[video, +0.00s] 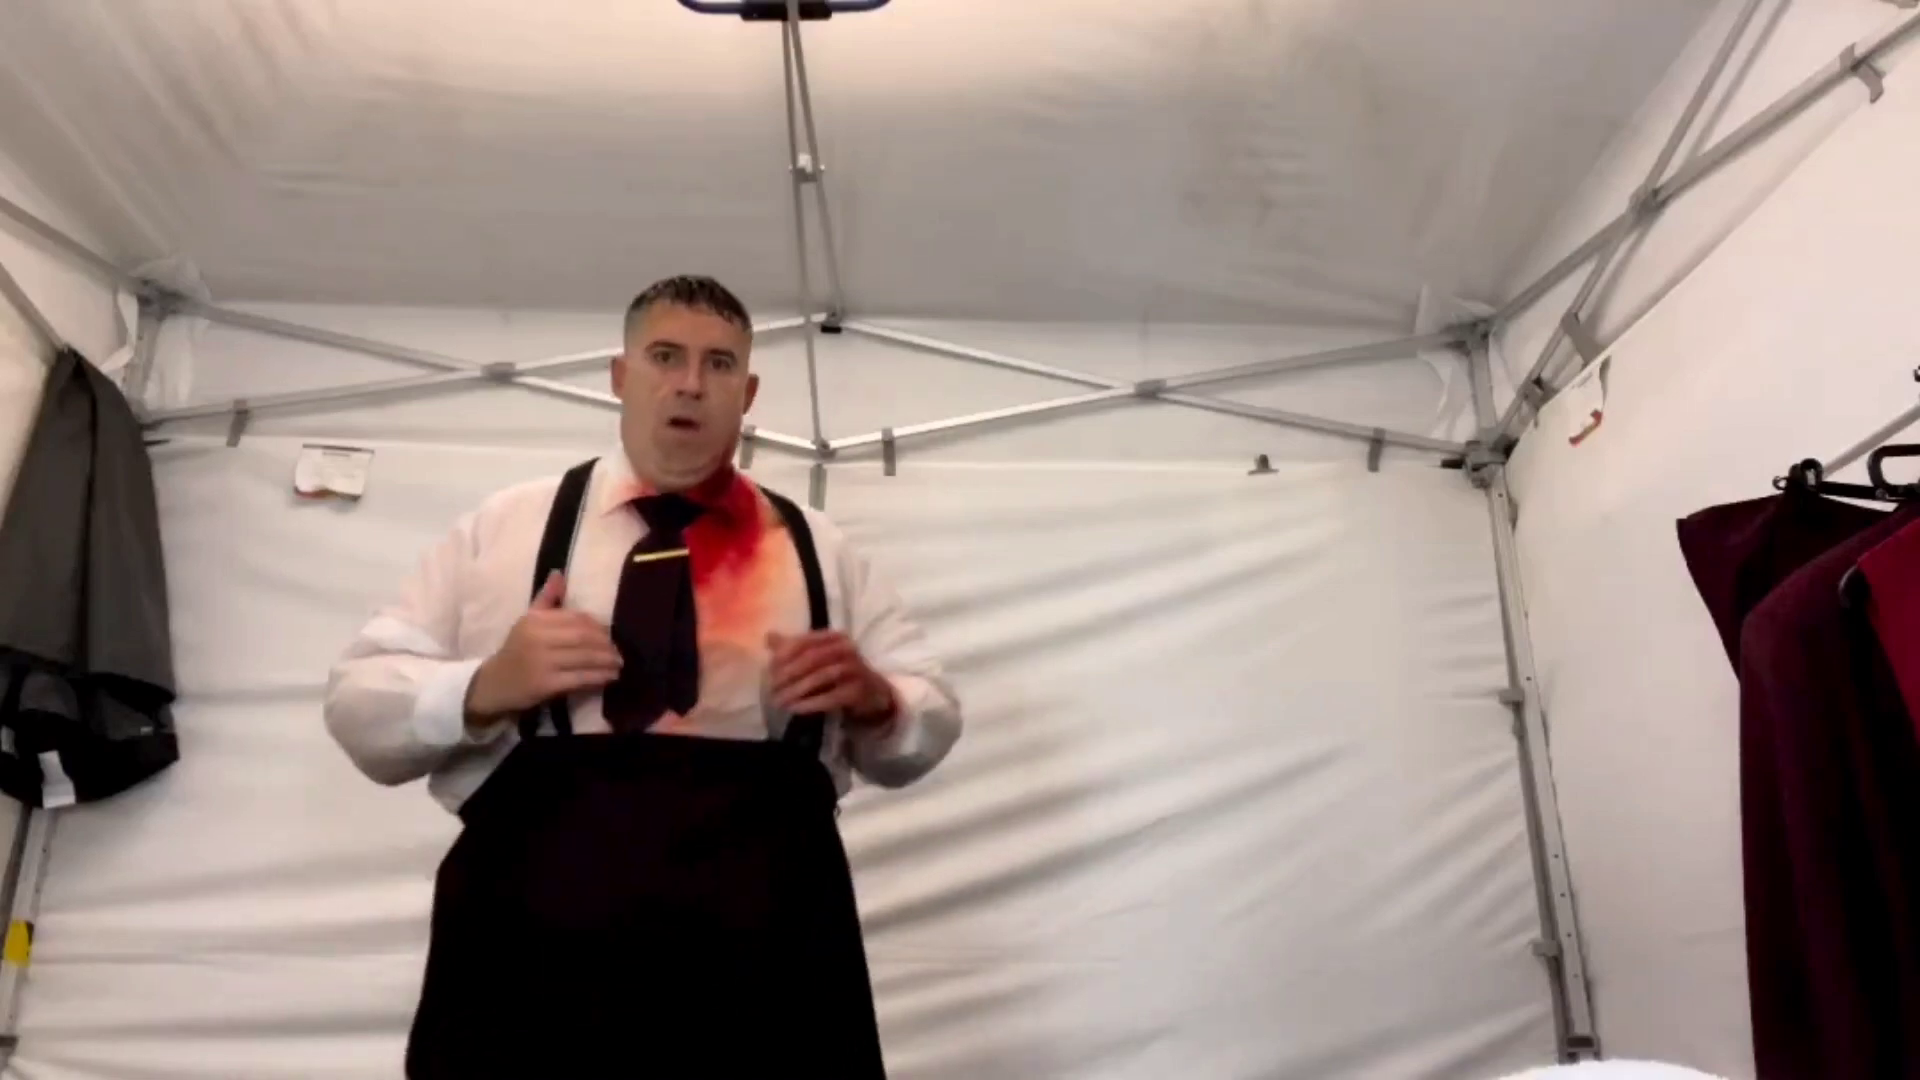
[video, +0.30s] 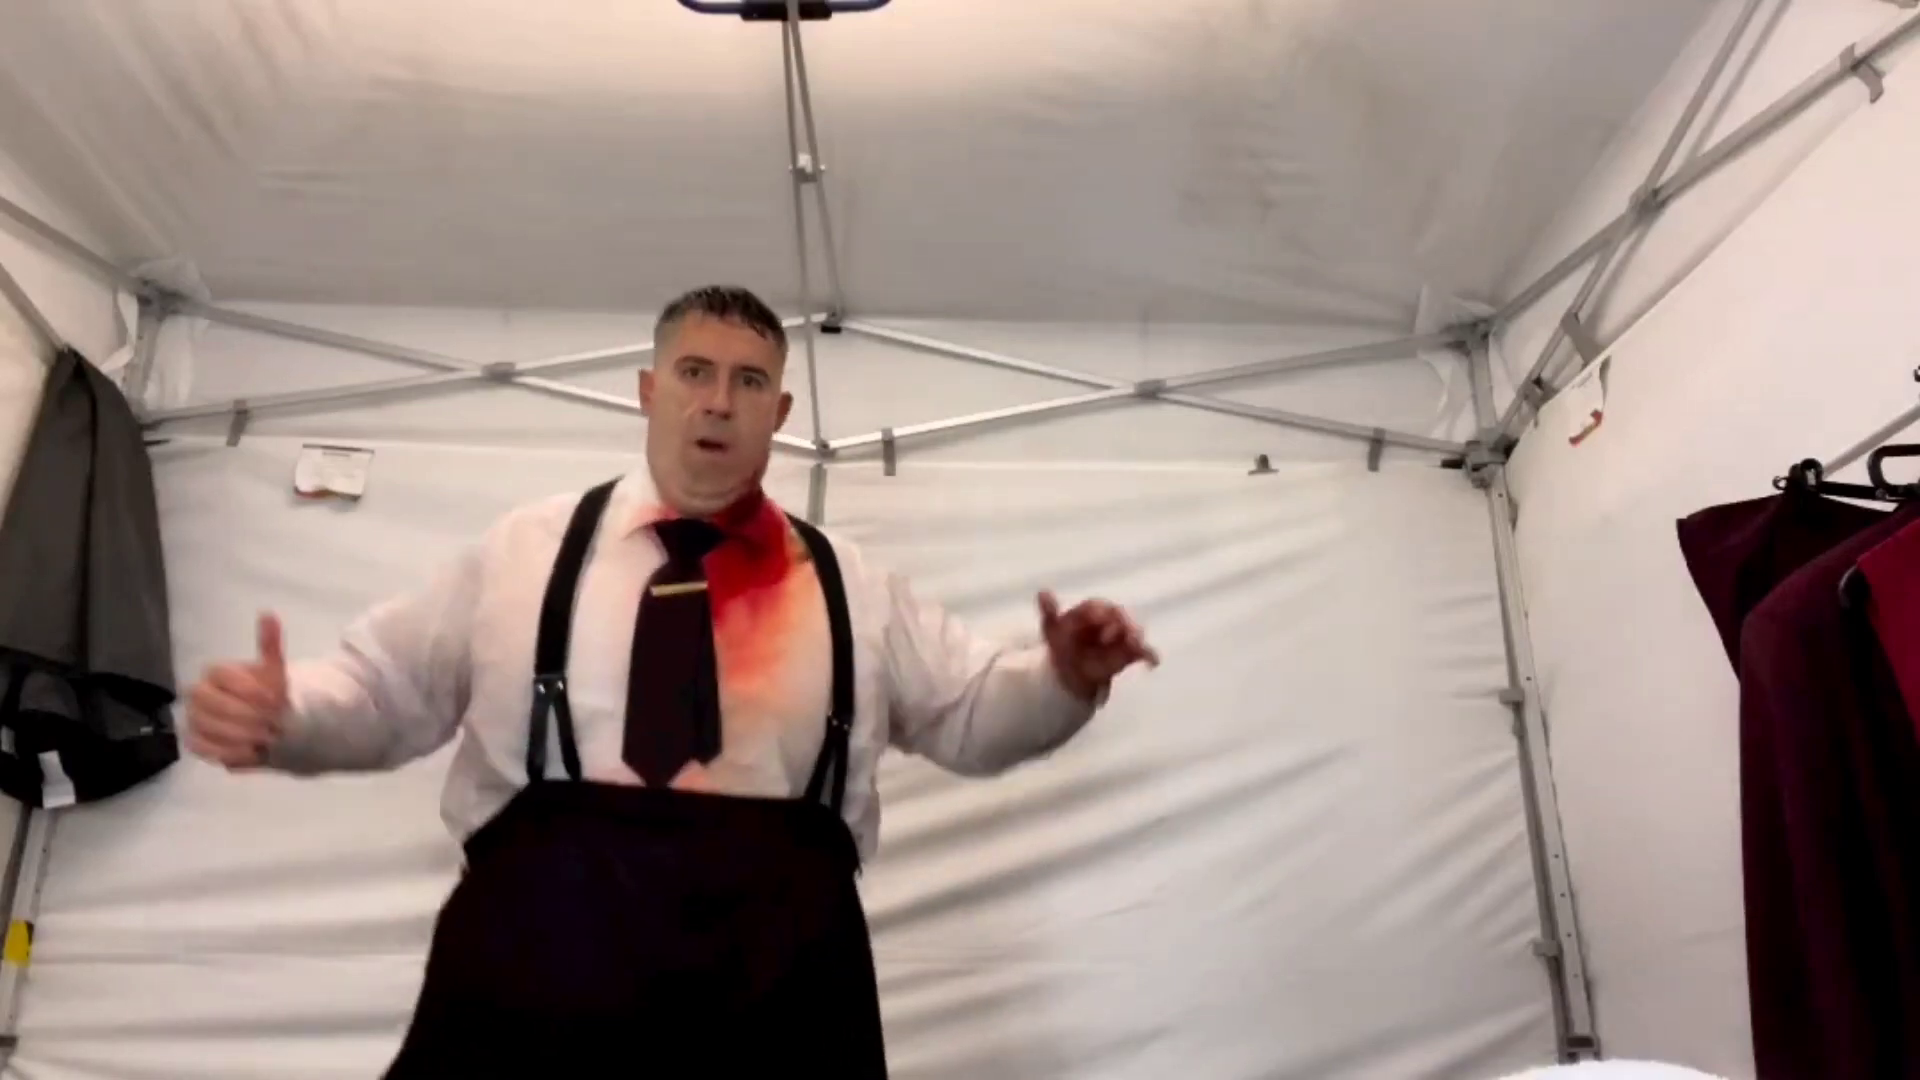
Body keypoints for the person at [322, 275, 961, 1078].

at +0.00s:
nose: (691, 384)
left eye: (718, 364)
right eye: (666, 358)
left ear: (749, 394)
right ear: (619, 378)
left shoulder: (820, 552)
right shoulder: (508, 529)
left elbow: (925, 733)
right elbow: (361, 705)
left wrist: (879, 705)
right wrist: (485, 684)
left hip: (759, 920)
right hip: (544, 911)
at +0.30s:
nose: (719, 405)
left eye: (748, 383)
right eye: (694, 375)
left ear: (782, 414)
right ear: (644, 390)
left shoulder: (847, 583)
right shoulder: (533, 550)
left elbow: (963, 714)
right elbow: (400, 685)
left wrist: (1063, 681)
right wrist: (284, 714)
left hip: (770, 937)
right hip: (548, 922)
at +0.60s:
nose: (581, 380)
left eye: (613, 360)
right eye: (556, 355)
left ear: (654, 397)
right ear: (510, 385)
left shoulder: (743, 570)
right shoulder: (373, 565)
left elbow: (842, 743)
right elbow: (196, 761)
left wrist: (911, 716)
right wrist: (203, 663)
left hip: (658, 947)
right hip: (415, 937)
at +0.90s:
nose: (648, 303)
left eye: (682, 285)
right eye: (622, 272)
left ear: (715, 330)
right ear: (569, 298)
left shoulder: (791, 504)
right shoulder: (414, 477)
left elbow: (894, 665)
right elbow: (275, 635)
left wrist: (807, 782)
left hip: (690, 895)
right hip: (448, 882)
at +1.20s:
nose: (600, 238)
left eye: (636, 215)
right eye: (570, 206)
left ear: (674, 264)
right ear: (515, 236)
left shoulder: (753, 455)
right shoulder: (369, 420)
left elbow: (828, 656)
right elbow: (207, 666)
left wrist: (892, 650)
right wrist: (201, 602)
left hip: (655, 843)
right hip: (394, 824)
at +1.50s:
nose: (493, 239)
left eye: (531, 214)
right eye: (464, 207)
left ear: (584, 260)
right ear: (415, 242)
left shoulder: (684, 450)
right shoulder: (291, 441)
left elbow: (790, 637)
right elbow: (94, 668)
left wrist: (777, 734)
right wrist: (271, 560)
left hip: (597, 834)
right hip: (329, 831)